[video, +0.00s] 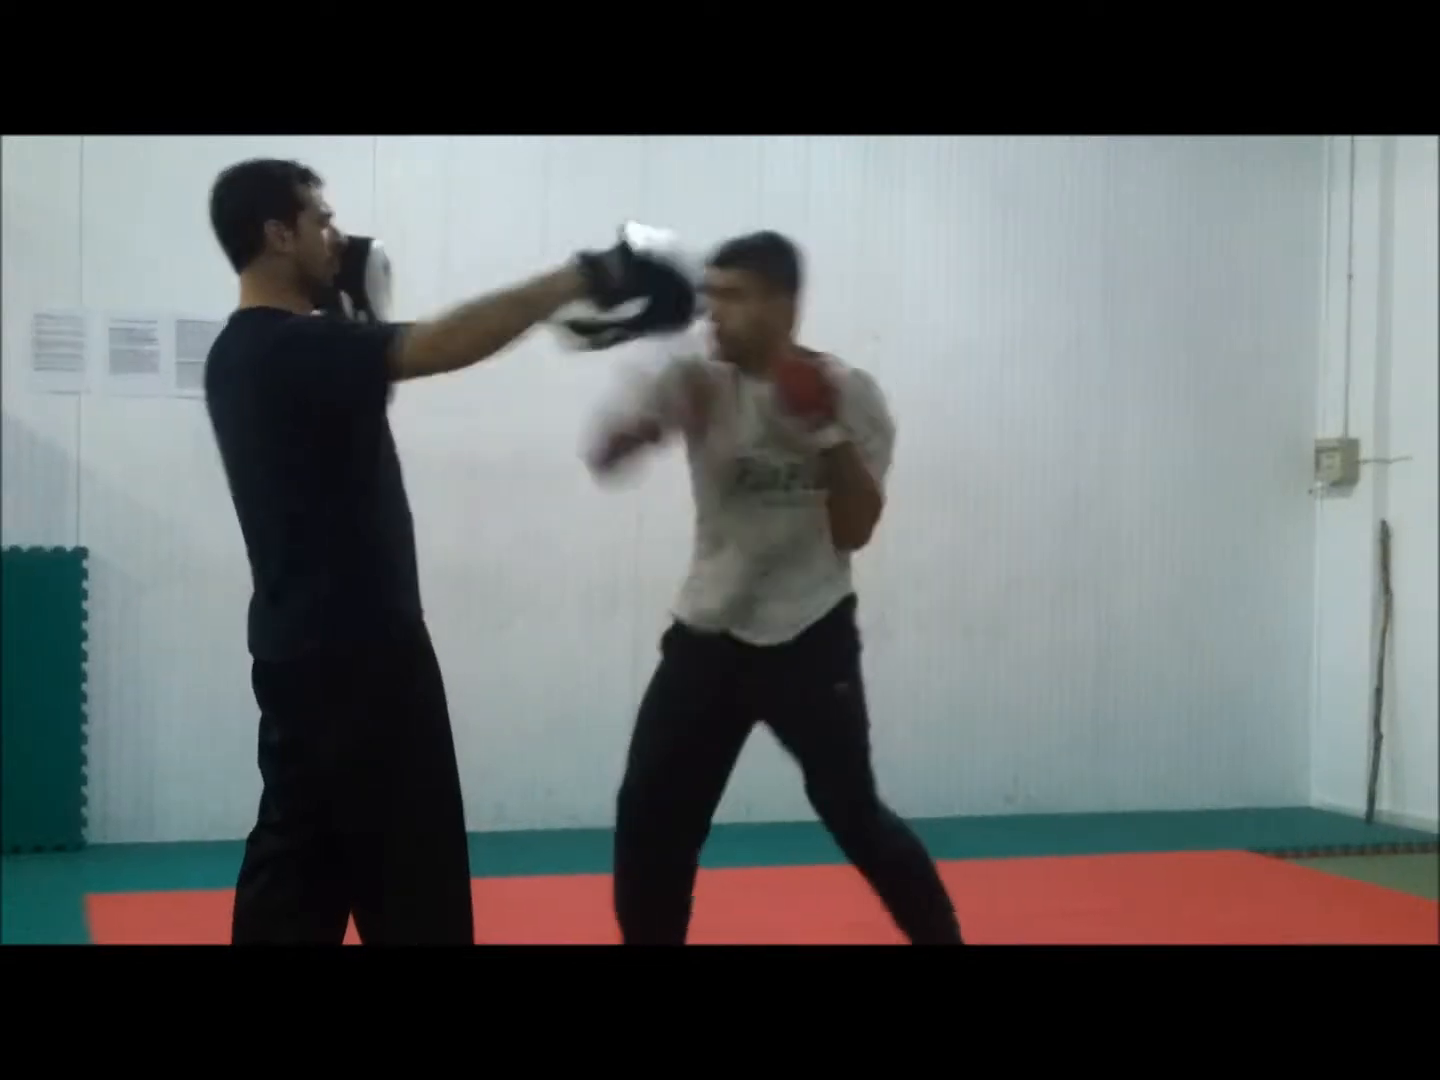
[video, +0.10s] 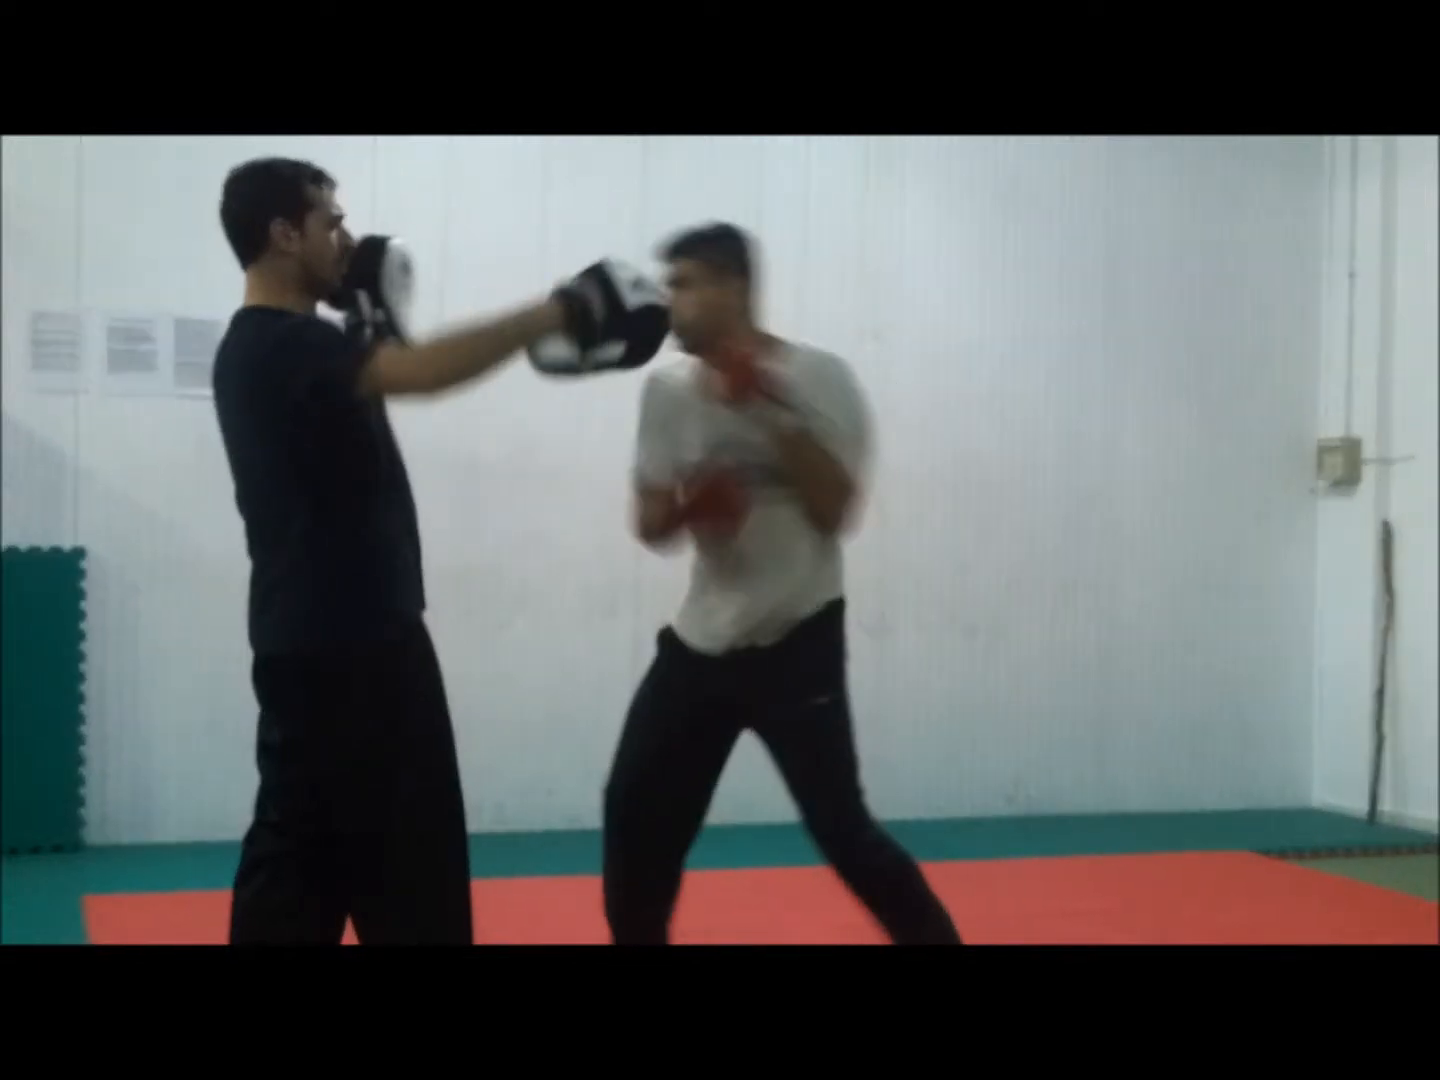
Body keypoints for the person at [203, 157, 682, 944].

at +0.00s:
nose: (337, 236)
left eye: (331, 219)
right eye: (323, 221)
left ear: (258, 240)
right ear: (277, 233)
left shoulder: (238, 351)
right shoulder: (296, 345)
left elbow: (333, 412)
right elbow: (445, 343)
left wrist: (347, 309)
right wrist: (580, 277)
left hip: (297, 642)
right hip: (362, 642)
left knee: (297, 859)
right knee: (414, 862)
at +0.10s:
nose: (345, 235)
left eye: (340, 220)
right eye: (330, 220)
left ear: (274, 238)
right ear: (282, 234)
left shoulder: (274, 340)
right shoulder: (280, 342)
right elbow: (417, 370)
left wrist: (372, 325)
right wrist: (556, 312)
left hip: (322, 637)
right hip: (349, 641)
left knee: (298, 852)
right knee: (411, 852)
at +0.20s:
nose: (348, 237)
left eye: (342, 220)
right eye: (333, 221)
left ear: (277, 240)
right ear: (283, 235)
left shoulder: (262, 344)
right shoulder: (290, 346)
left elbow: (344, 429)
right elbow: (414, 400)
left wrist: (385, 342)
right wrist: (563, 338)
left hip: (316, 646)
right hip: (359, 648)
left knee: (302, 858)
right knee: (412, 866)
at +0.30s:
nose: (337, 238)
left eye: (329, 221)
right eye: (320, 223)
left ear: (269, 243)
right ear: (271, 240)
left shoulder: (271, 341)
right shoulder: (278, 347)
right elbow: (419, 397)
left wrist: (335, 337)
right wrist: (567, 338)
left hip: (337, 643)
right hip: (350, 649)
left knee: (306, 857)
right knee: (408, 864)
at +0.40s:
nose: (322, 239)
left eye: (315, 222)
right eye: (307, 224)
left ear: (244, 244)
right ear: (260, 237)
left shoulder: (218, 358)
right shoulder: (286, 347)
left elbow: (300, 436)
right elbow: (431, 386)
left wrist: (351, 349)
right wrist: (573, 333)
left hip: (297, 639)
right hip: (371, 637)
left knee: (301, 852)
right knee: (421, 859)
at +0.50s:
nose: (324, 240)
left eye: (317, 222)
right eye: (308, 224)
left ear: (247, 244)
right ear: (261, 238)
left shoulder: (215, 359)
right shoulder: (293, 346)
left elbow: (285, 430)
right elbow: (431, 383)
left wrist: (327, 341)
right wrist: (580, 342)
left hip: (290, 644)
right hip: (371, 642)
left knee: (294, 864)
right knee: (424, 868)